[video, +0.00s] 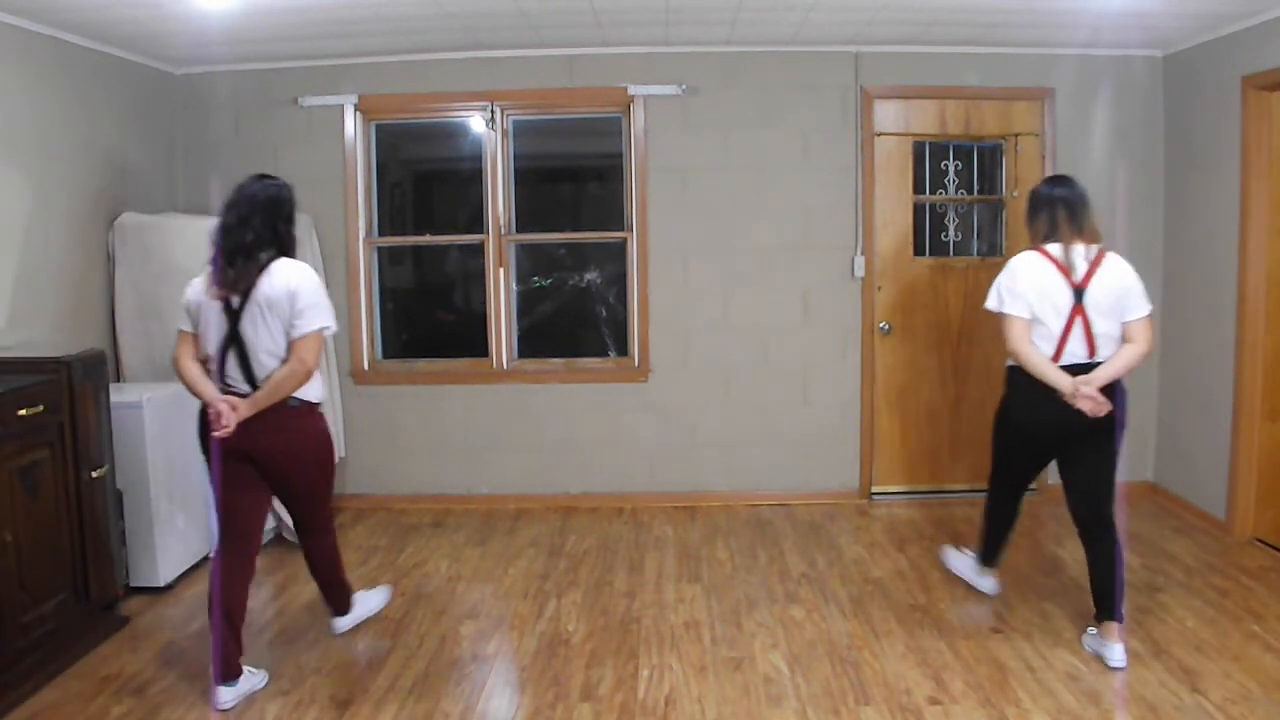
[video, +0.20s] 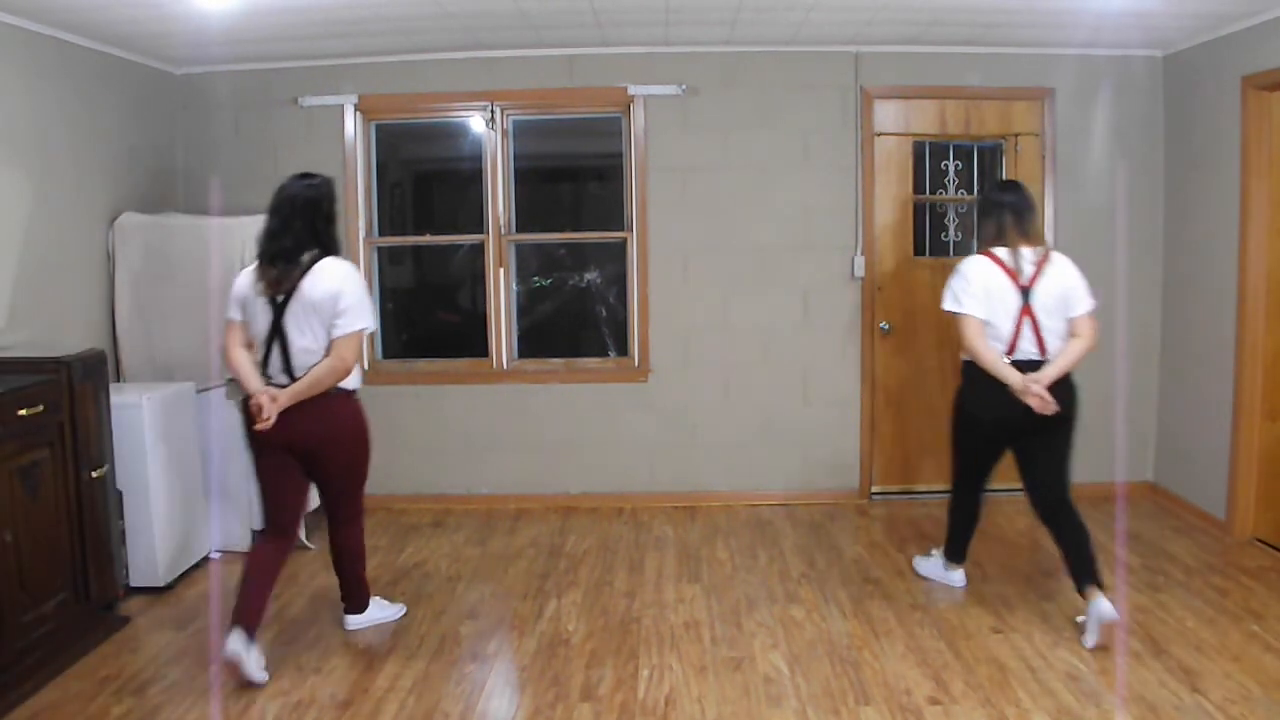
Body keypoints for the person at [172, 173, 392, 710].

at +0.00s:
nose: (291, 226)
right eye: (290, 218)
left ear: (230, 219)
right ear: (284, 224)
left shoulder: (205, 284)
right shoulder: (298, 279)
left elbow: (185, 357)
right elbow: (303, 364)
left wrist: (214, 396)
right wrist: (245, 407)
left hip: (227, 430)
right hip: (291, 427)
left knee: (233, 550)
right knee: (315, 524)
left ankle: (226, 679)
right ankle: (343, 605)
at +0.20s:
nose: (335, 221)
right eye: (332, 213)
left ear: (277, 218)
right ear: (327, 220)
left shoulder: (250, 279)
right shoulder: (341, 276)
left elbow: (236, 348)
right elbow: (343, 360)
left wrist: (260, 393)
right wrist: (283, 398)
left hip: (270, 417)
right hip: (332, 416)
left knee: (278, 528)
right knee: (345, 516)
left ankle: (243, 633)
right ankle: (358, 607)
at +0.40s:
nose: (370, 210)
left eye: (368, 200)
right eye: (365, 202)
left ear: (312, 208)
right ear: (346, 209)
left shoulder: (282, 267)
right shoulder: (361, 265)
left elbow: (270, 333)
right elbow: (357, 348)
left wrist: (286, 377)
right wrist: (308, 383)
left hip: (302, 401)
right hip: (353, 401)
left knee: (332, 489)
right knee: (355, 505)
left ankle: (289, 574)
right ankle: (359, 605)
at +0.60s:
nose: (391, 213)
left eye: (390, 204)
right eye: (386, 204)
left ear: (352, 207)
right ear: (363, 207)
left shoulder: (333, 259)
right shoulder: (364, 264)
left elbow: (301, 322)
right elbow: (348, 347)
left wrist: (302, 369)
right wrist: (312, 377)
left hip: (333, 392)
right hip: (362, 396)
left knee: (365, 488)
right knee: (365, 497)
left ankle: (317, 572)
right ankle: (359, 603)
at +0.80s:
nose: (405, 217)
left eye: (405, 208)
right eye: (399, 208)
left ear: (369, 209)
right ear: (374, 209)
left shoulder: (363, 259)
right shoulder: (360, 263)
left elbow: (340, 341)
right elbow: (341, 348)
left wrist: (319, 364)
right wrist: (319, 373)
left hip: (372, 393)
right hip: (359, 395)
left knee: (386, 486)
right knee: (364, 493)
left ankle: (316, 564)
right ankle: (354, 601)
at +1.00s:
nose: (430, 223)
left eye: (431, 214)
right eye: (424, 213)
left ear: (403, 215)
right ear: (398, 213)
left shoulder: (398, 263)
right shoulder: (372, 262)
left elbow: (372, 334)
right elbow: (344, 348)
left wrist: (335, 369)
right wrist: (335, 372)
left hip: (401, 394)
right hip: (371, 397)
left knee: (434, 480)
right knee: (367, 500)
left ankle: (365, 546)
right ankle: (353, 602)